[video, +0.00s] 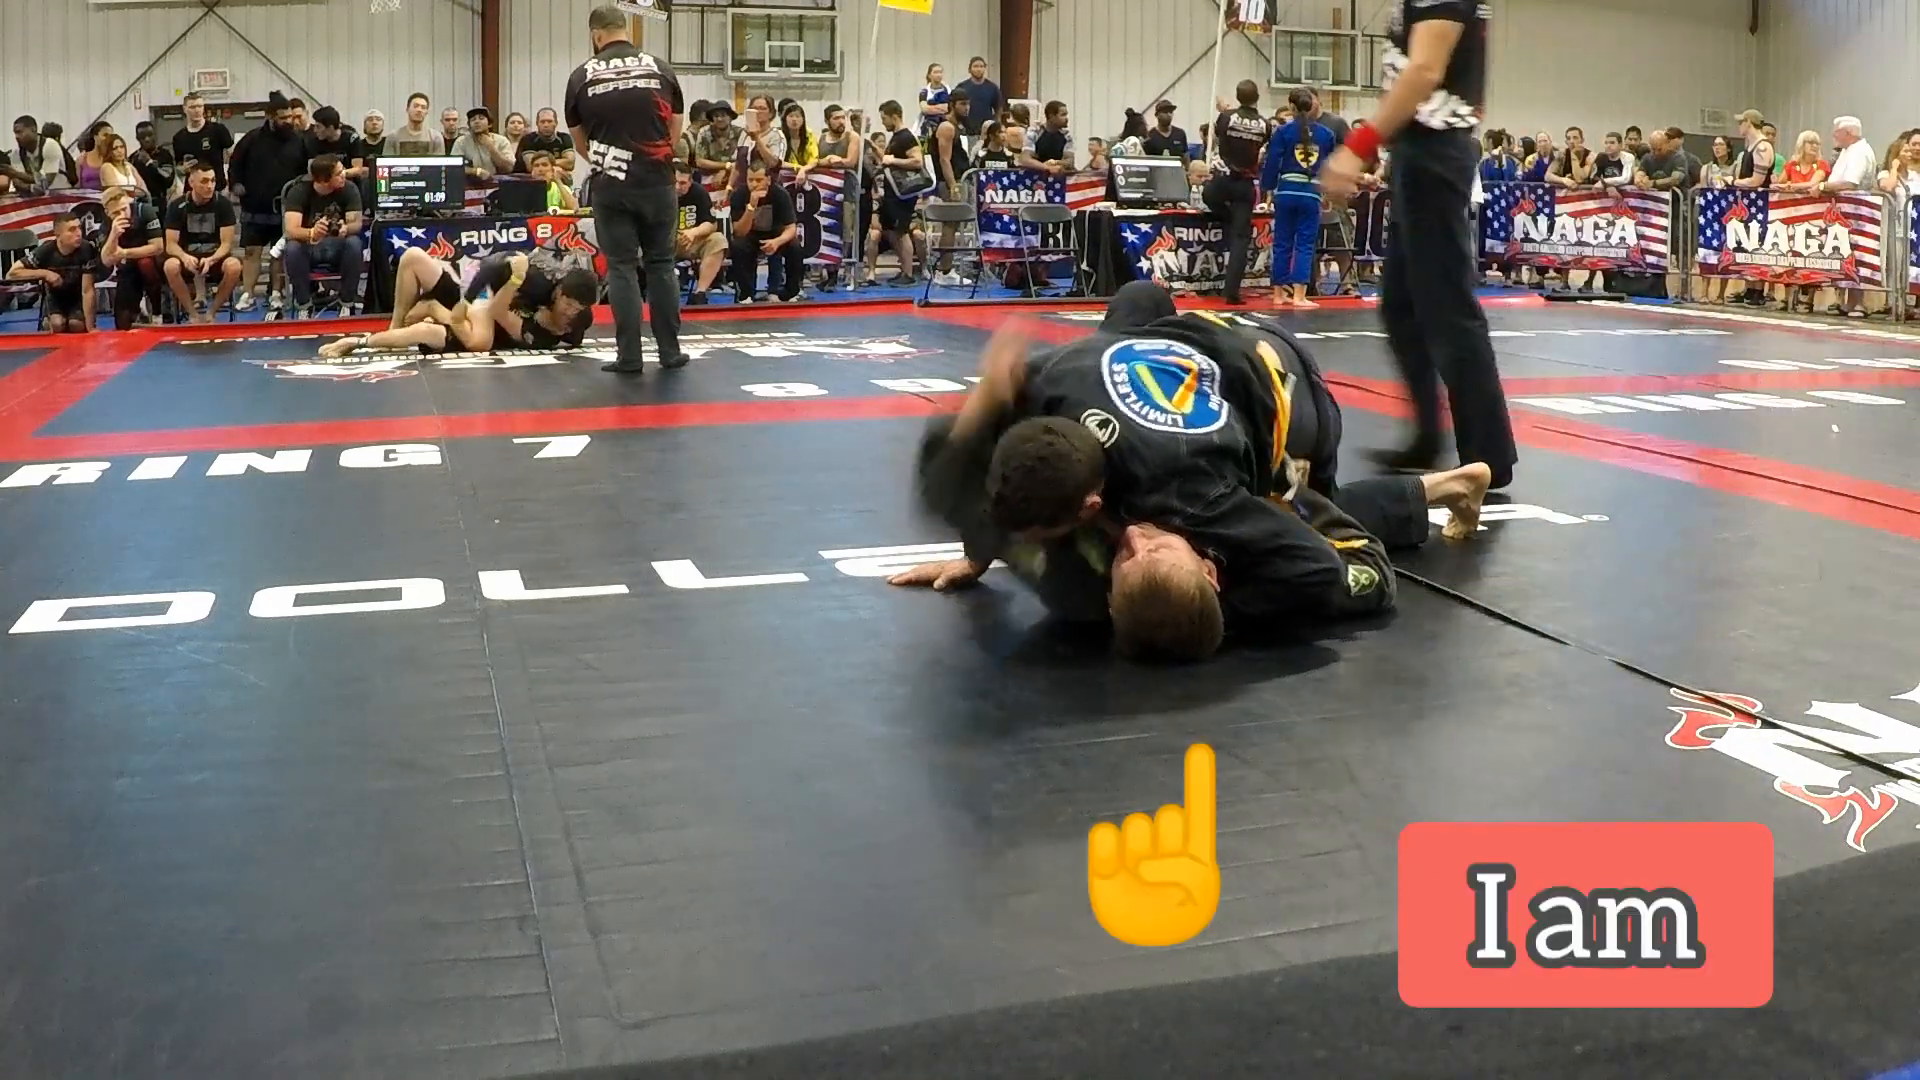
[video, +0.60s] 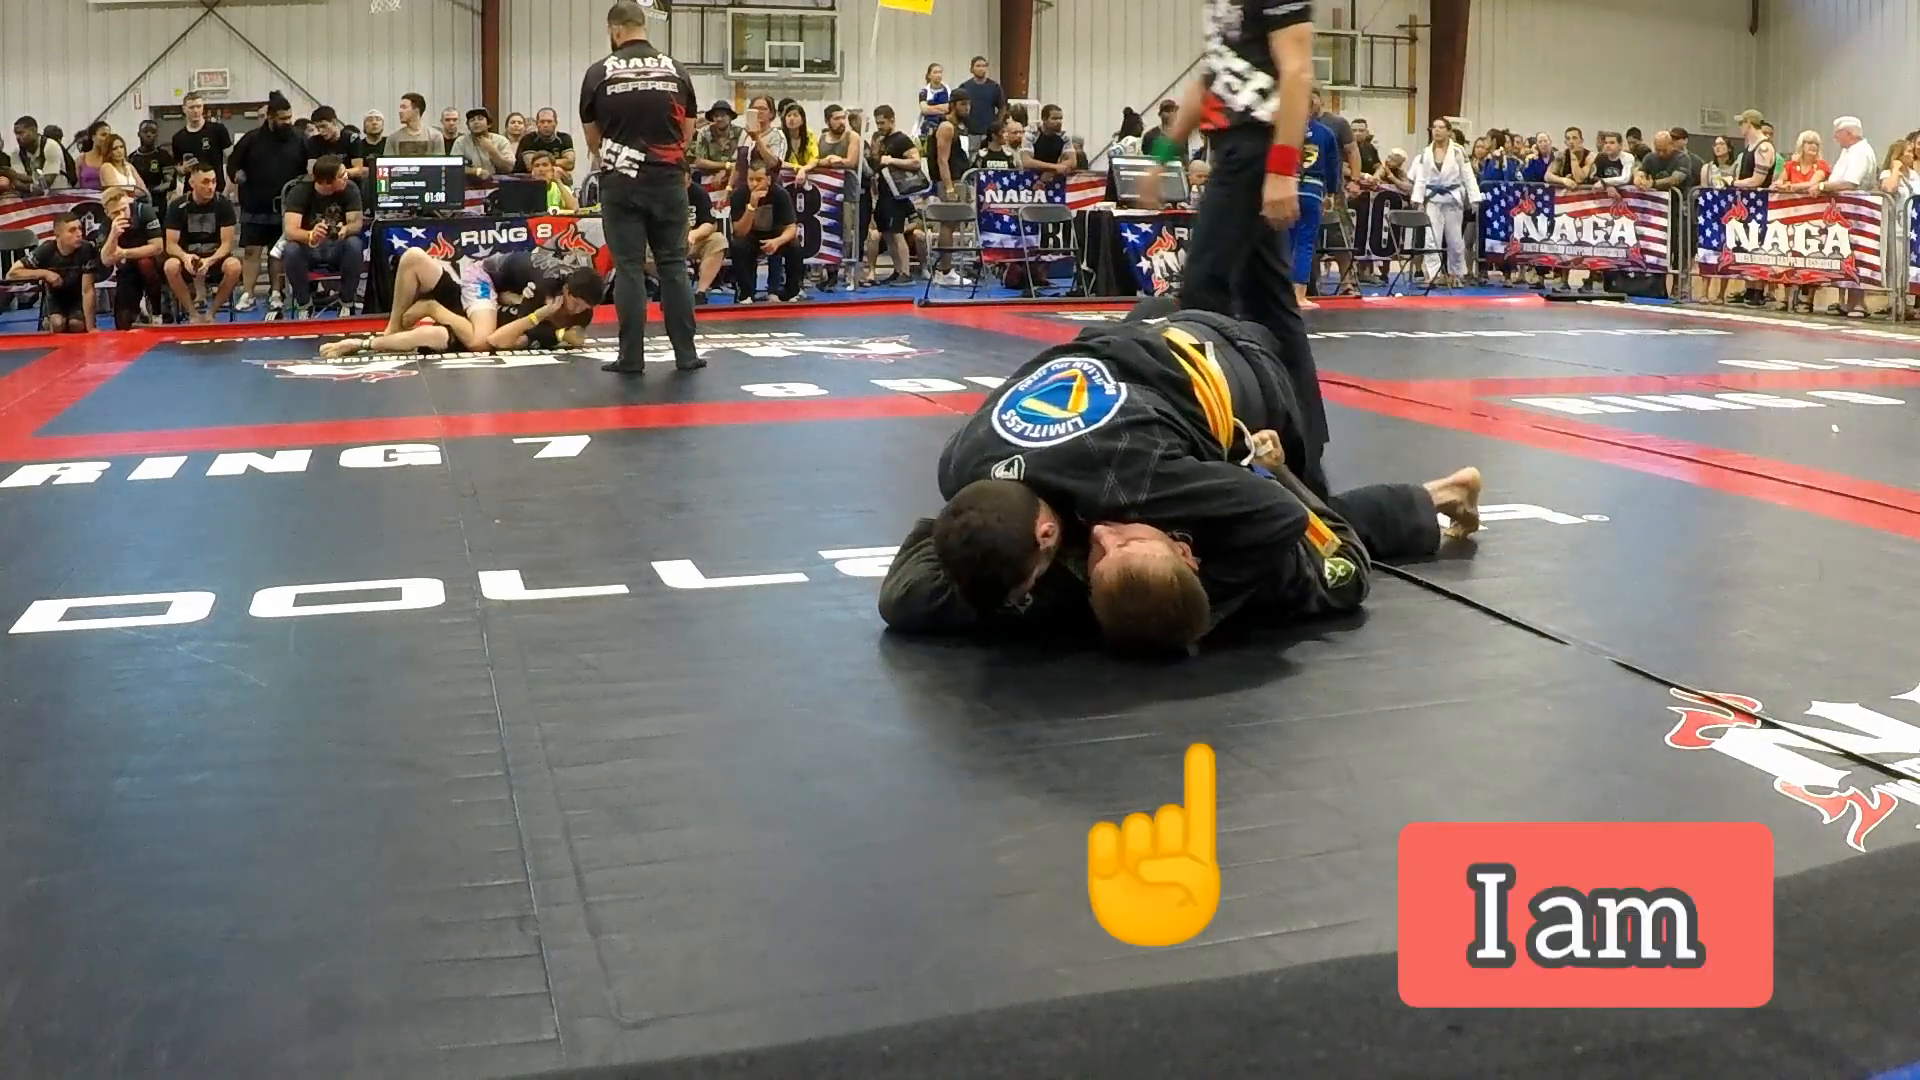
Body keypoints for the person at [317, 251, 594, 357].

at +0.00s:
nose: (574, 315)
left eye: (580, 311)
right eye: (570, 308)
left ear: (587, 307)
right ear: (558, 294)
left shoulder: (582, 318)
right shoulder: (536, 281)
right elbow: (494, 311)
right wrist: (529, 336)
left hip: (496, 325)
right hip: (483, 285)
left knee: (427, 333)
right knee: (412, 258)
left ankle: (355, 343)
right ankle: (396, 329)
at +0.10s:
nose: (565, 316)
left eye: (572, 313)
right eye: (562, 309)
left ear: (580, 311)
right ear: (552, 296)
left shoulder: (576, 325)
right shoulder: (534, 285)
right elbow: (486, 313)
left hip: (494, 320)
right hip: (475, 280)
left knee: (432, 335)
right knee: (413, 258)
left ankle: (359, 345)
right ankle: (394, 329)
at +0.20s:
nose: (560, 311)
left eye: (568, 310)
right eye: (559, 303)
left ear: (576, 313)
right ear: (554, 292)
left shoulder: (544, 335)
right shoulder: (540, 279)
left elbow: (490, 325)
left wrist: (508, 285)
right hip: (476, 284)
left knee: (428, 333)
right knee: (410, 256)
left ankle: (357, 344)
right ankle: (392, 332)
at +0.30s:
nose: (566, 314)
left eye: (574, 311)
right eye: (565, 305)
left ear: (584, 310)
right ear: (557, 289)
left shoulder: (558, 333)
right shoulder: (542, 268)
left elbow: (492, 339)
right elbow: (496, 256)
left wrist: (508, 291)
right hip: (478, 277)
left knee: (428, 332)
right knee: (409, 256)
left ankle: (354, 344)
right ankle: (394, 329)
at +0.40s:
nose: (570, 309)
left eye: (578, 308)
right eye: (569, 300)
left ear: (586, 308)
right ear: (561, 286)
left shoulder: (563, 328)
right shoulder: (542, 267)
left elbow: (493, 338)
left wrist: (513, 288)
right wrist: (528, 306)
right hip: (476, 279)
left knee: (427, 332)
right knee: (409, 256)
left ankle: (356, 344)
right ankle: (395, 328)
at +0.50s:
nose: (570, 302)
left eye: (578, 301)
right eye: (570, 295)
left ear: (583, 303)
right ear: (565, 283)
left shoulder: (570, 324)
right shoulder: (543, 270)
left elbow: (494, 339)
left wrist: (531, 305)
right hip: (478, 277)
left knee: (431, 335)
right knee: (410, 257)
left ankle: (358, 345)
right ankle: (393, 331)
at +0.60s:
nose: (576, 312)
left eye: (583, 310)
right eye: (575, 305)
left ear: (589, 308)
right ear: (566, 292)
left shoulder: (578, 312)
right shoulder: (542, 283)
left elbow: (495, 341)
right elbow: (493, 339)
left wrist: (546, 316)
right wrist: (541, 312)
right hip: (479, 277)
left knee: (432, 336)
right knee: (412, 258)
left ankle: (360, 346)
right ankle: (393, 331)